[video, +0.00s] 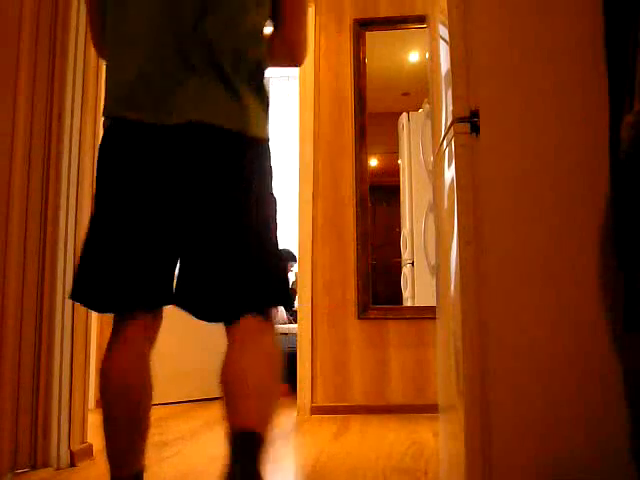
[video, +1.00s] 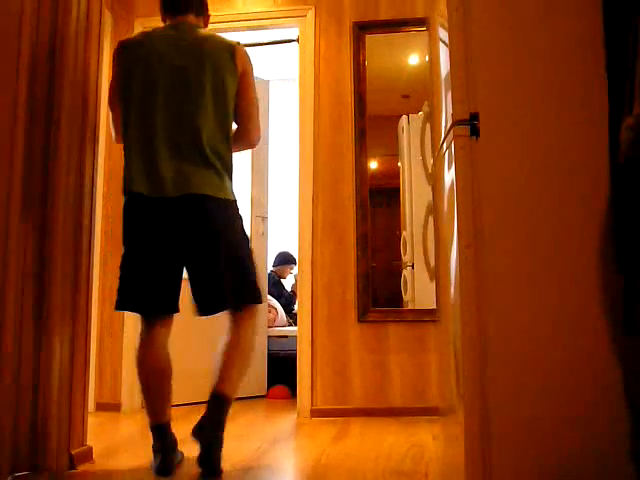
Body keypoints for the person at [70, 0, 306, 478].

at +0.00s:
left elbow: (103, 41)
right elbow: (292, 46)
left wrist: (165, 48)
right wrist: (225, 48)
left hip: (134, 133)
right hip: (228, 136)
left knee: (134, 321)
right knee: (251, 317)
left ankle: (125, 477)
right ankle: (245, 472)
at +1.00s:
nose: (203, 18)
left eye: (187, 15)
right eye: (205, 13)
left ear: (162, 13)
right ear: (205, 14)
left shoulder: (129, 50)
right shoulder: (231, 53)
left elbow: (119, 130)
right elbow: (250, 134)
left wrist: (163, 134)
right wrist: (207, 143)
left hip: (146, 204)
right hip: (209, 203)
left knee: (155, 323)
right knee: (248, 311)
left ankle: (163, 446)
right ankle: (214, 421)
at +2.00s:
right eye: (197, 23)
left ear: (156, 22)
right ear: (199, 23)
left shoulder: (128, 54)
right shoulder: (229, 60)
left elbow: (115, 132)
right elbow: (257, 138)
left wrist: (159, 137)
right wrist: (212, 149)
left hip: (149, 207)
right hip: (208, 208)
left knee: (155, 322)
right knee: (209, 324)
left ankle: (164, 444)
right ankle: (206, 443)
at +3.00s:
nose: (193, 59)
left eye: (191, 56)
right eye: (211, 56)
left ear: (190, 60)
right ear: (227, 65)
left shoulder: (164, 83)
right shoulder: (249, 98)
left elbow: (143, 156)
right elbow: (263, 169)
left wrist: (172, 175)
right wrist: (223, 188)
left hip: (165, 215)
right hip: (217, 219)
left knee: (158, 314)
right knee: (215, 323)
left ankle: (153, 406)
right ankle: (204, 422)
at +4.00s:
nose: (185, 72)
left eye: (184, 70)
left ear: (184, 71)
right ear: (218, 72)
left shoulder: (160, 91)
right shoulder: (245, 99)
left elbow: (134, 158)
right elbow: (260, 168)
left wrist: (170, 178)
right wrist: (222, 179)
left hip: (169, 217)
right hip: (219, 219)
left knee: (171, 318)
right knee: (212, 320)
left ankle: (174, 421)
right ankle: (203, 422)